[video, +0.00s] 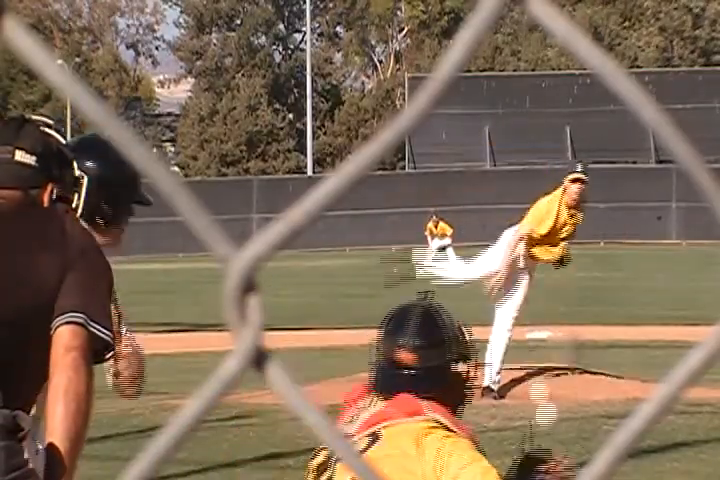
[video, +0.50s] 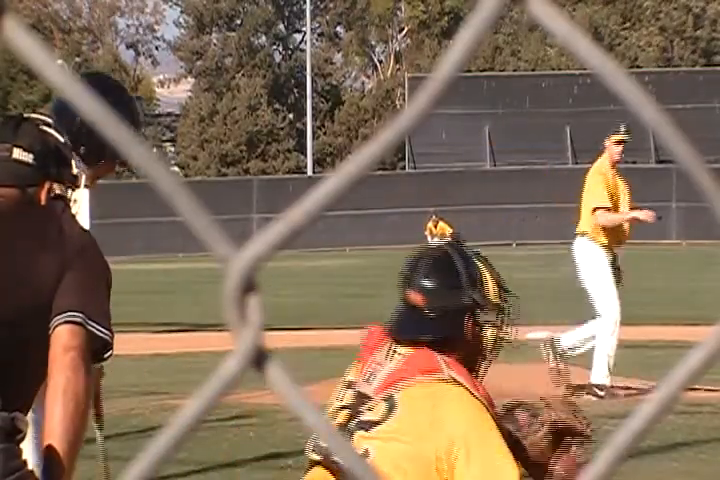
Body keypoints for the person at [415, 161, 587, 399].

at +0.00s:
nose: (579, 187)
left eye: (582, 184)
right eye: (574, 182)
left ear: (585, 189)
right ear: (565, 185)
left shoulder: (576, 215)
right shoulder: (551, 204)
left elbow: (559, 240)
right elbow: (522, 235)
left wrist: (560, 255)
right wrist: (504, 273)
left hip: (528, 262)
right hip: (513, 246)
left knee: (505, 320)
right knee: (463, 274)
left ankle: (491, 380)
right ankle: (440, 243)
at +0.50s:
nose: (620, 149)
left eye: (623, 144)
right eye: (616, 144)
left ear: (625, 148)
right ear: (605, 145)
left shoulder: (619, 179)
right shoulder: (599, 173)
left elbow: (615, 229)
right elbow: (602, 218)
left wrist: (614, 260)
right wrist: (634, 214)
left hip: (605, 250)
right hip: (590, 247)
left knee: (610, 316)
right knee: (610, 313)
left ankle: (560, 346)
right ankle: (600, 381)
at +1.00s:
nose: (649, 143)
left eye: (652, 139)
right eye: (644, 139)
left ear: (655, 143)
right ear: (635, 142)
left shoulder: (660, 177)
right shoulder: (626, 175)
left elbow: (670, 218)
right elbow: (619, 224)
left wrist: (690, 248)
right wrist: (639, 254)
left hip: (665, 252)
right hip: (640, 251)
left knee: (679, 321)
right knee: (649, 325)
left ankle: (670, 381)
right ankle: (609, 376)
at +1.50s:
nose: (630, 129)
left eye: (634, 124)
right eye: (625, 124)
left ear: (640, 128)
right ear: (619, 129)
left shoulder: (656, 157)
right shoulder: (609, 163)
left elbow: (671, 194)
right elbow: (604, 211)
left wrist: (675, 178)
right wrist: (604, 250)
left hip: (649, 242)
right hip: (619, 242)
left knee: (658, 311)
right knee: (617, 313)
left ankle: (666, 372)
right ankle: (619, 377)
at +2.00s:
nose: (603, 132)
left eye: (607, 127)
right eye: (598, 127)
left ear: (614, 131)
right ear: (593, 133)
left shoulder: (625, 158)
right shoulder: (593, 165)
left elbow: (646, 198)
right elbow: (588, 214)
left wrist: (623, 198)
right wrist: (576, 251)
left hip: (623, 240)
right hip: (604, 242)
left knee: (614, 308)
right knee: (603, 309)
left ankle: (617, 377)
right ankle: (612, 376)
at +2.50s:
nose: (592, 121)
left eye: (597, 118)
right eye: (593, 117)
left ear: (602, 123)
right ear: (592, 124)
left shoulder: (600, 148)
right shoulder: (590, 158)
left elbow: (598, 112)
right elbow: (591, 206)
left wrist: (581, 80)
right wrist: (582, 240)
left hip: (605, 226)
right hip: (596, 228)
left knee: (600, 299)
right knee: (597, 299)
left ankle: (612, 373)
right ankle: (610, 372)